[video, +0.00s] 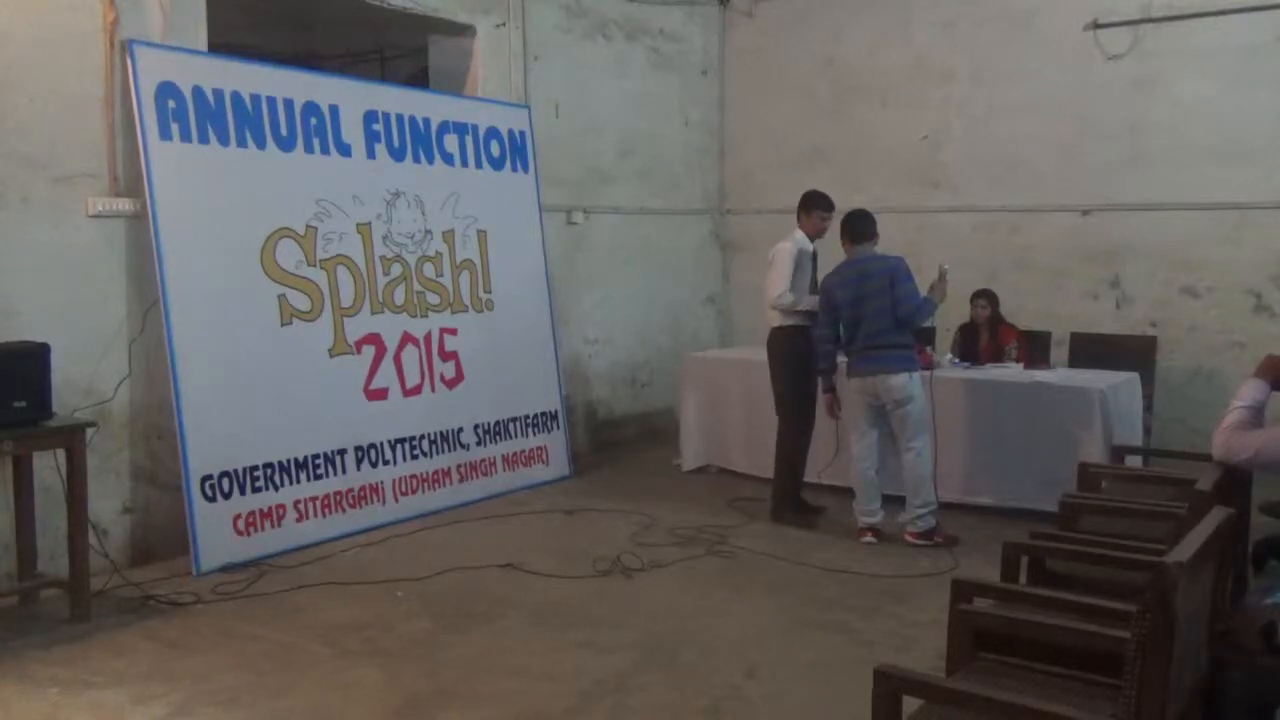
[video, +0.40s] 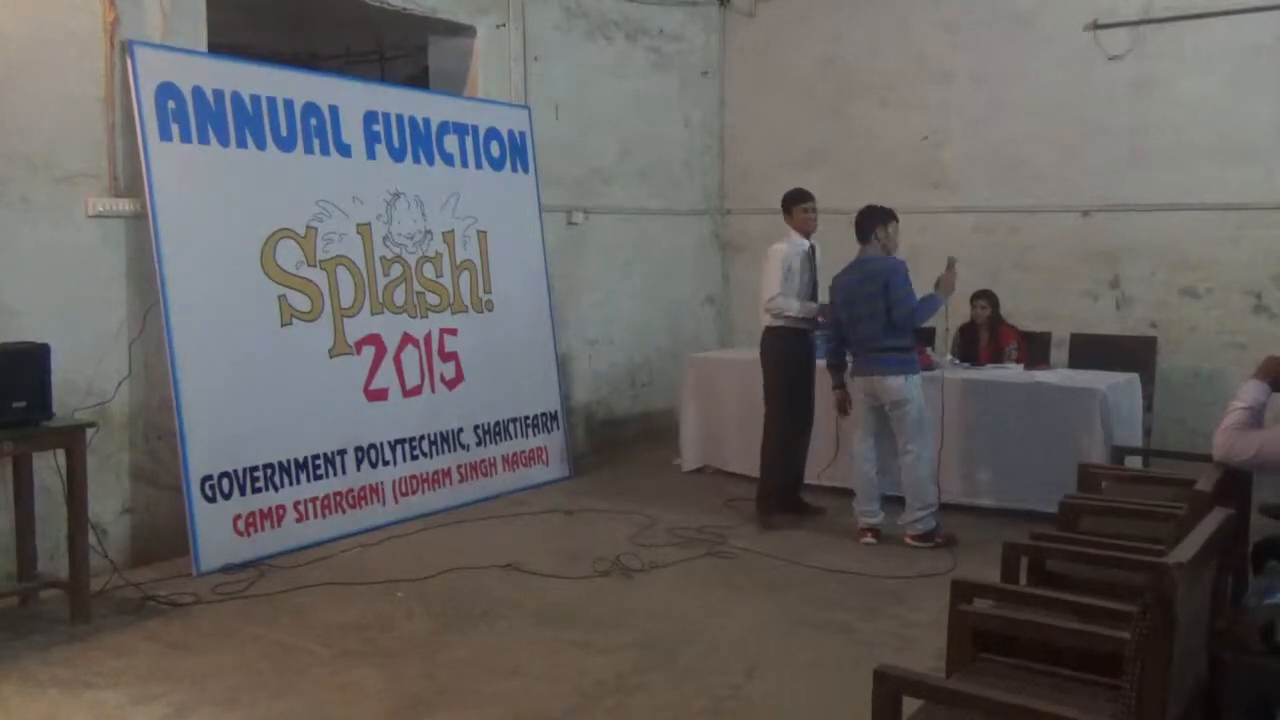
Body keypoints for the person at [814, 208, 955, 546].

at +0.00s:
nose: (873, 242)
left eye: (843, 240)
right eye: (874, 236)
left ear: (843, 241)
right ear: (877, 237)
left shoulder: (833, 281)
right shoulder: (894, 266)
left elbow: (825, 337)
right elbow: (912, 316)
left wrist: (827, 386)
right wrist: (934, 297)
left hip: (859, 376)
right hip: (899, 374)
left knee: (863, 450)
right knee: (915, 446)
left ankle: (868, 524)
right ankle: (920, 524)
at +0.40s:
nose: (897, 239)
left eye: (897, 232)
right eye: (895, 232)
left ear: (864, 235)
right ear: (881, 233)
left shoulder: (841, 280)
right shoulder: (893, 269)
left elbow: (834, 337)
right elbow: (909, 317)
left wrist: (838, 384)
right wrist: (940, 293)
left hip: (863, 376)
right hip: (898, 374)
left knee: (865, 448)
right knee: (915, 447)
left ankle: (867, 524)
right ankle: (919, 526)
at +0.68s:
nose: (921, 235)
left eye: (920, 228)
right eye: (915, 229)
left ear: (890, 234)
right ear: (895, 233)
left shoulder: (864, 274)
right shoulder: (902, 272)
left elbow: (859, 332)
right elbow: (905, 327)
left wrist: (868, 363)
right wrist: (944, 306)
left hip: (874, 375)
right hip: (904, 377)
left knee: (876, 448)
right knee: (915, 452)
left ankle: (869, 523)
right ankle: (920, 527)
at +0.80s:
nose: (931, 234)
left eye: (931, 227)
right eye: (924, 228)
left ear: (900, 235)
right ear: (903, 233)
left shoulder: (878, 273)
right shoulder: (910, 274)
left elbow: (878, 331)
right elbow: (915, 330)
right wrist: (951, 306)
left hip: (884, 375)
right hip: (913, 378)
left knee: (884, 451)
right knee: (920, 454)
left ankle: (870, 522)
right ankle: (920, 527)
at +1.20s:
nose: (952, 234)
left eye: (953, 227)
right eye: (946, 227)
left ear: (931, 232)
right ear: (923, 231)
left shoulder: (928, 271)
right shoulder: (920, 275)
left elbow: (937, 325)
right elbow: (933, 332)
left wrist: (967, 307)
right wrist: (966, 304)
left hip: (933, 377)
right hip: (928, 379)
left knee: (932, 448)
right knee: (931, 451)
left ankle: (910, 514)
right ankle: (920, 529)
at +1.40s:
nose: (963, 234)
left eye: (964, 227)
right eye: (956, 227)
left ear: (950, 232)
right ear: (933, 231)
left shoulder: (943, 272)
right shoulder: (925, 276)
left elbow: (946, 327)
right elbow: (936, 334)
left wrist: (971, 308)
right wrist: (970, 306)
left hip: (950, 379)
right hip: (933, 381)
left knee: (962, 453)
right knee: (933, 455)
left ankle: (961, 521)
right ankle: (919, 528)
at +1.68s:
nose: (981, 237)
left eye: (983, 231)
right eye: (974, 230)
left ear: (968, 234)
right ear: (952, 232)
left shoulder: (967, 277)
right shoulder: (939, 280)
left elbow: (973, 327)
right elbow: (954, 332)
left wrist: (991, 298)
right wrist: (986, 296)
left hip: (976, 384)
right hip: (951, 385)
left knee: (988, 463)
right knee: (941, 461)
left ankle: (1003, 529)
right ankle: (921, 527)